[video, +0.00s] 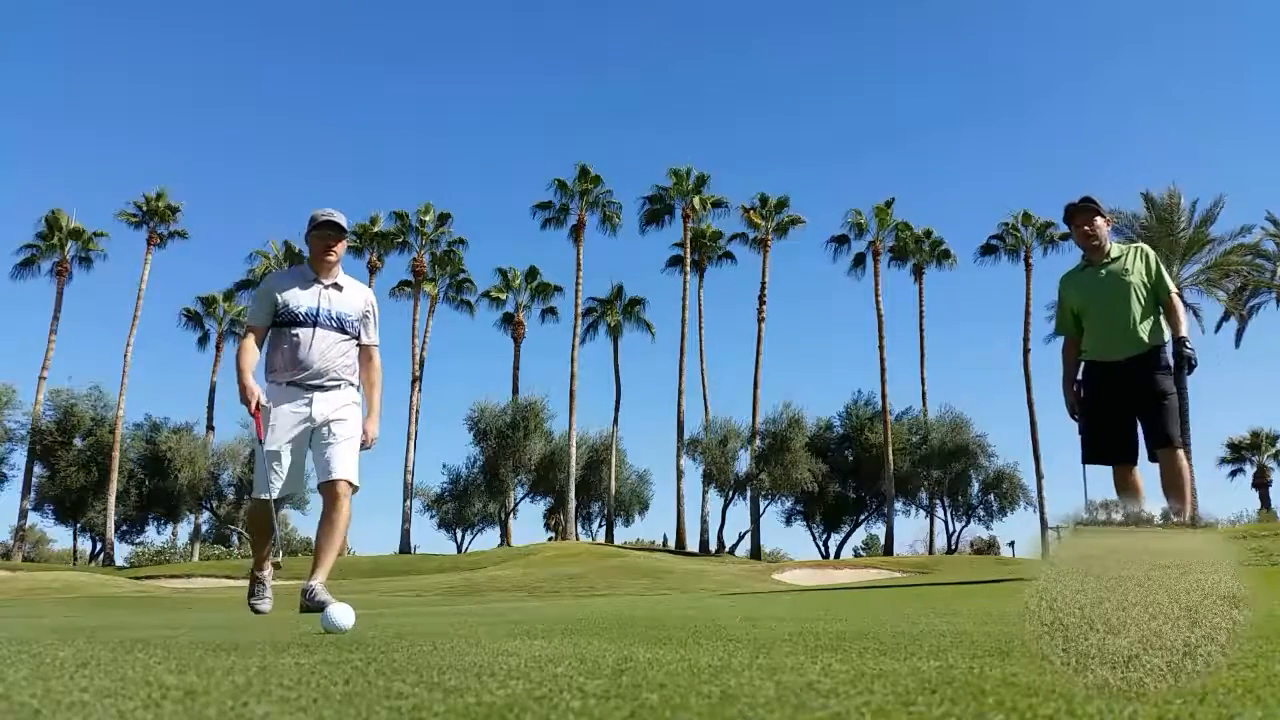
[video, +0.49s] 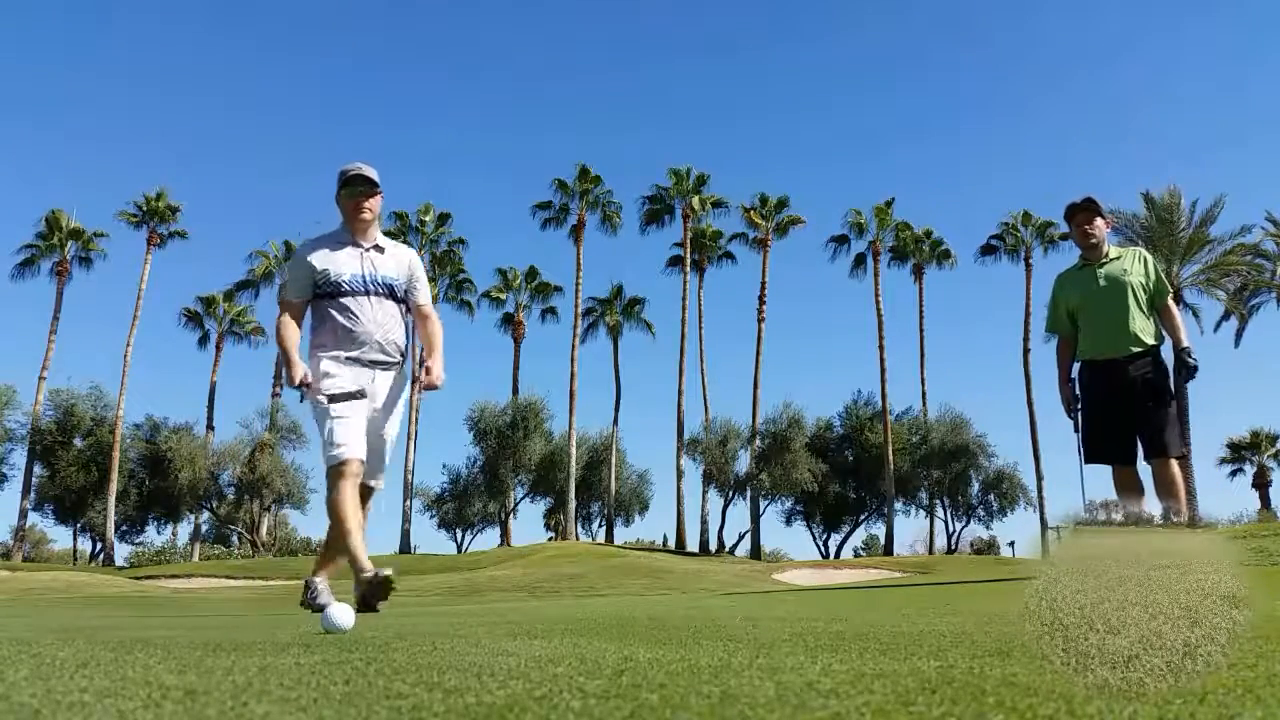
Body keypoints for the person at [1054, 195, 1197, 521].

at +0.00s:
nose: (1087, 229)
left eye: (1092, 221)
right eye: (1079, 226)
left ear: (1107, 223)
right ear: (1072, 235)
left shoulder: (1140, 254)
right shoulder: (1071, 282)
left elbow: (1170, 298)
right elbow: (1071, 339)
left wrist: (1182, 339)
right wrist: (1069, 386)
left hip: (1149, 366)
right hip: (1102, 375)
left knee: (1168, 446)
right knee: (1120, 460)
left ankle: (1181, 525)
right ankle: (1136, 530)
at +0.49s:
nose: (1086, 228)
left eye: (1091, 221)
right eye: (1078, 225)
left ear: (1106, 224)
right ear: (1072, 235)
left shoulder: (1139, 259)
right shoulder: (1067, 281)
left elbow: (1165, 305)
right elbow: (1065, 338)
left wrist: (1182, 347)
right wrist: (1064, 383)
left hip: (1146, 370)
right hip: (1099, 377)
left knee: (1163, 454)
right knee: (1120, 461)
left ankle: (1179, 530)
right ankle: (1137, 534)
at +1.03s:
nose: (1084, 229)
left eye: (1090, 222)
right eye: (1077, 226)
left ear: (1106, 224)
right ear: (1071, 234)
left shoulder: (1138, 260)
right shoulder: (1066, 281)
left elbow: (1164, 309)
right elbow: (1064, 337)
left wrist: (1182, 348)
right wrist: (1062, 382)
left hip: (1145, 370)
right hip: (1098, 377)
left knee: (1162, 455)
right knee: (1120, 462)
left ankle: (1179, 530)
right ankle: (1136, 534)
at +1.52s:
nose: (1085, 226)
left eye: (1091, 219)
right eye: (1077, 223)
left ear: (1106, 224)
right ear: (1070, 233)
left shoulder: (1136, 259)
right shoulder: (1064, 281)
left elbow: (1163, 306)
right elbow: (1063, 337)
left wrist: (1183, 350)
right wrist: (1061, 383)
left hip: (1143, 369)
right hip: (1097, 377)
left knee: (1161, 455)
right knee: (1119, 461)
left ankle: (1178, 529)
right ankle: (1135, 532)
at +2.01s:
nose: (1083, 224)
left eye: (1089, 217)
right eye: (1075, 221)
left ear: (1103, 223)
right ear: (1066, 232)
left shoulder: (1134, 257)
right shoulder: (1061, 280)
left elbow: (1161, 303)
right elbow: (1058, 335)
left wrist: (1181, 346)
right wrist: (1056, 379)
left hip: (1142, 369)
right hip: (1095, 376)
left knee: (1161, 453)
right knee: (1117, 460)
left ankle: (1178, 528)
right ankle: (1135, 531)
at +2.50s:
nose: (1096, 231)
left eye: (1099, 224)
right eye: (1087, 226)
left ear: (1106, 226)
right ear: (1070, 232)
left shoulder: (1133, 260)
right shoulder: (1061, 282)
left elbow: (1161, 301)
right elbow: (1059, 338)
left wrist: (1168, 314)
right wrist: (1056, 382)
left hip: (1140, 367)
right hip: (1094, 374)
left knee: (1161, 451)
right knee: (1117, 459)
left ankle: (1179, 528)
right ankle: (1134, 531)